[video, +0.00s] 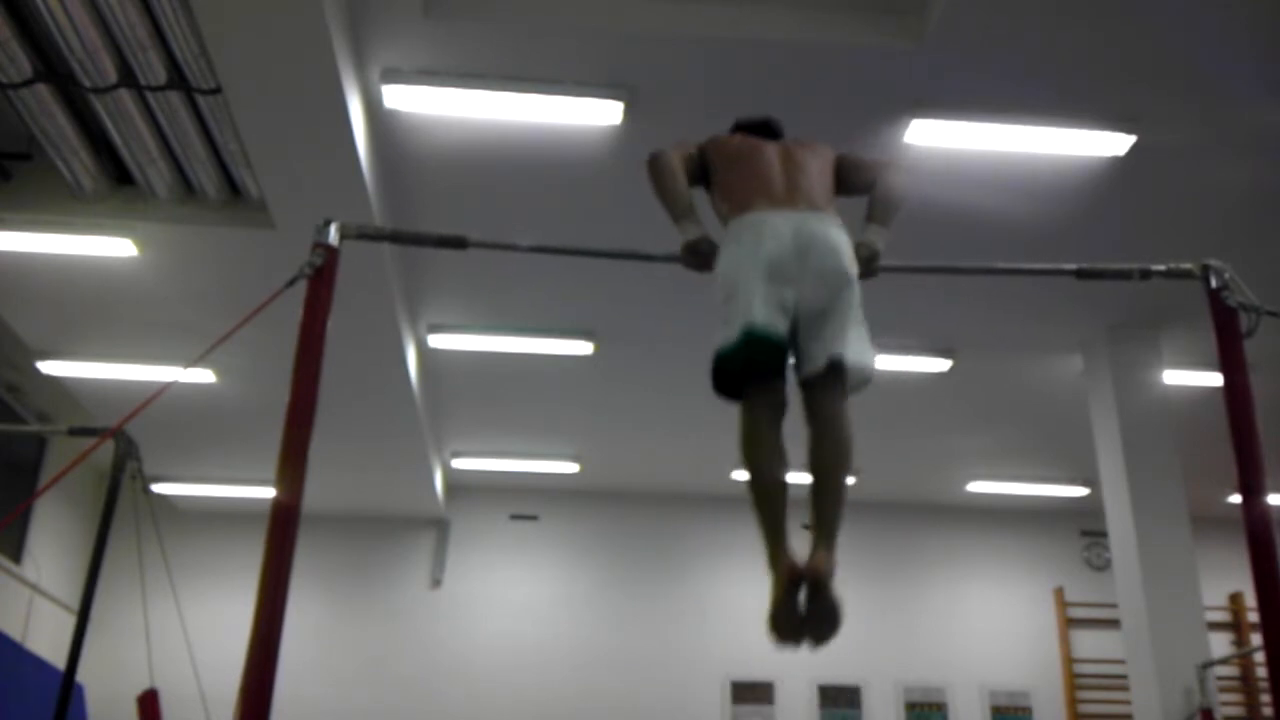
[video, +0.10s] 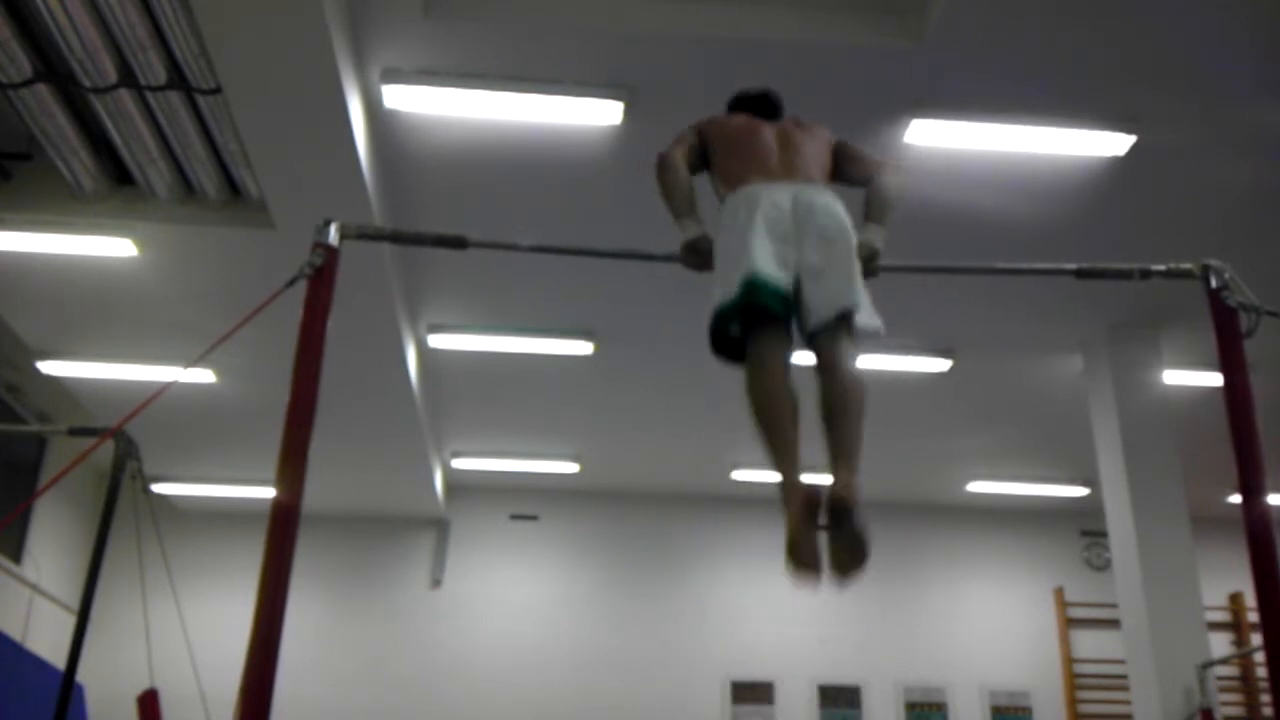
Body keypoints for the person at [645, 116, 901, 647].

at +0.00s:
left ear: (731, 139)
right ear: (784, 139)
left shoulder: (718, 148)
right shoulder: (819, 156)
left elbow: (663, 160)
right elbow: (887, 178)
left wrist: (690, 229)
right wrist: (873, 239)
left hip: (754, 238)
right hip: (826, 238)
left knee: (762, 408)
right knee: (829, 405)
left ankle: (782, 565)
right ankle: (824, 557)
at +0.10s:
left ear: (730, 115)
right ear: (786, 116)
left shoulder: (714, 128)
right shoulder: (819, 137)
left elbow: (671, 160)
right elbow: (882, 175)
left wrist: (690, 230)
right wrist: (872, 237)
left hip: (753, 205)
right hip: (824, 209)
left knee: (767, 353)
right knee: (837, 354)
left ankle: (794, 493)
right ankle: (845, 492)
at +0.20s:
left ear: (732, 92)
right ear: (784, 92)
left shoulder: (711, 108)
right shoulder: (819, 114)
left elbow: (682, 165)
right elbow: (859, 163)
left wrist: (691, 228)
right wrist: (872, 230)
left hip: (756, 171)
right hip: (826, 178)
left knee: (773, 293)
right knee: (841, 297)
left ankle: (803, 407)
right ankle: (853, 409)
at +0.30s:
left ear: (731, 71)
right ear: (780, 70)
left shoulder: (713, 86)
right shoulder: (818, 88)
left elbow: (695, 158)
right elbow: (847, 146)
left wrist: (694, 223)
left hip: (757, 127)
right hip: (828, 129)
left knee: (772, 237)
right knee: (841, 231)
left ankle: (804, 353)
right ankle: (849, 346)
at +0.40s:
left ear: (733, 59)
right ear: (783, 58)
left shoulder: (717, 71)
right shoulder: (820, 75)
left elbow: (696, 148)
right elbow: (849, 154)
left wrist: (694, 220)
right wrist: (864, 246)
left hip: (755, 111)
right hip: (830, 114)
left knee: (772, 222)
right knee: (841, 220)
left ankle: (800, 343)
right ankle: (849, 338)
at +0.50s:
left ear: (735, 72)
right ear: (785, 70)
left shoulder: (718, 84)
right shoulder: (823, 85)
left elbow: (691, 150)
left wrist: (692, 221)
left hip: (755, 128)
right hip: (835, 131)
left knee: (771, 244)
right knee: (842, 238)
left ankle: (802, 365)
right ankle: (851, 360)